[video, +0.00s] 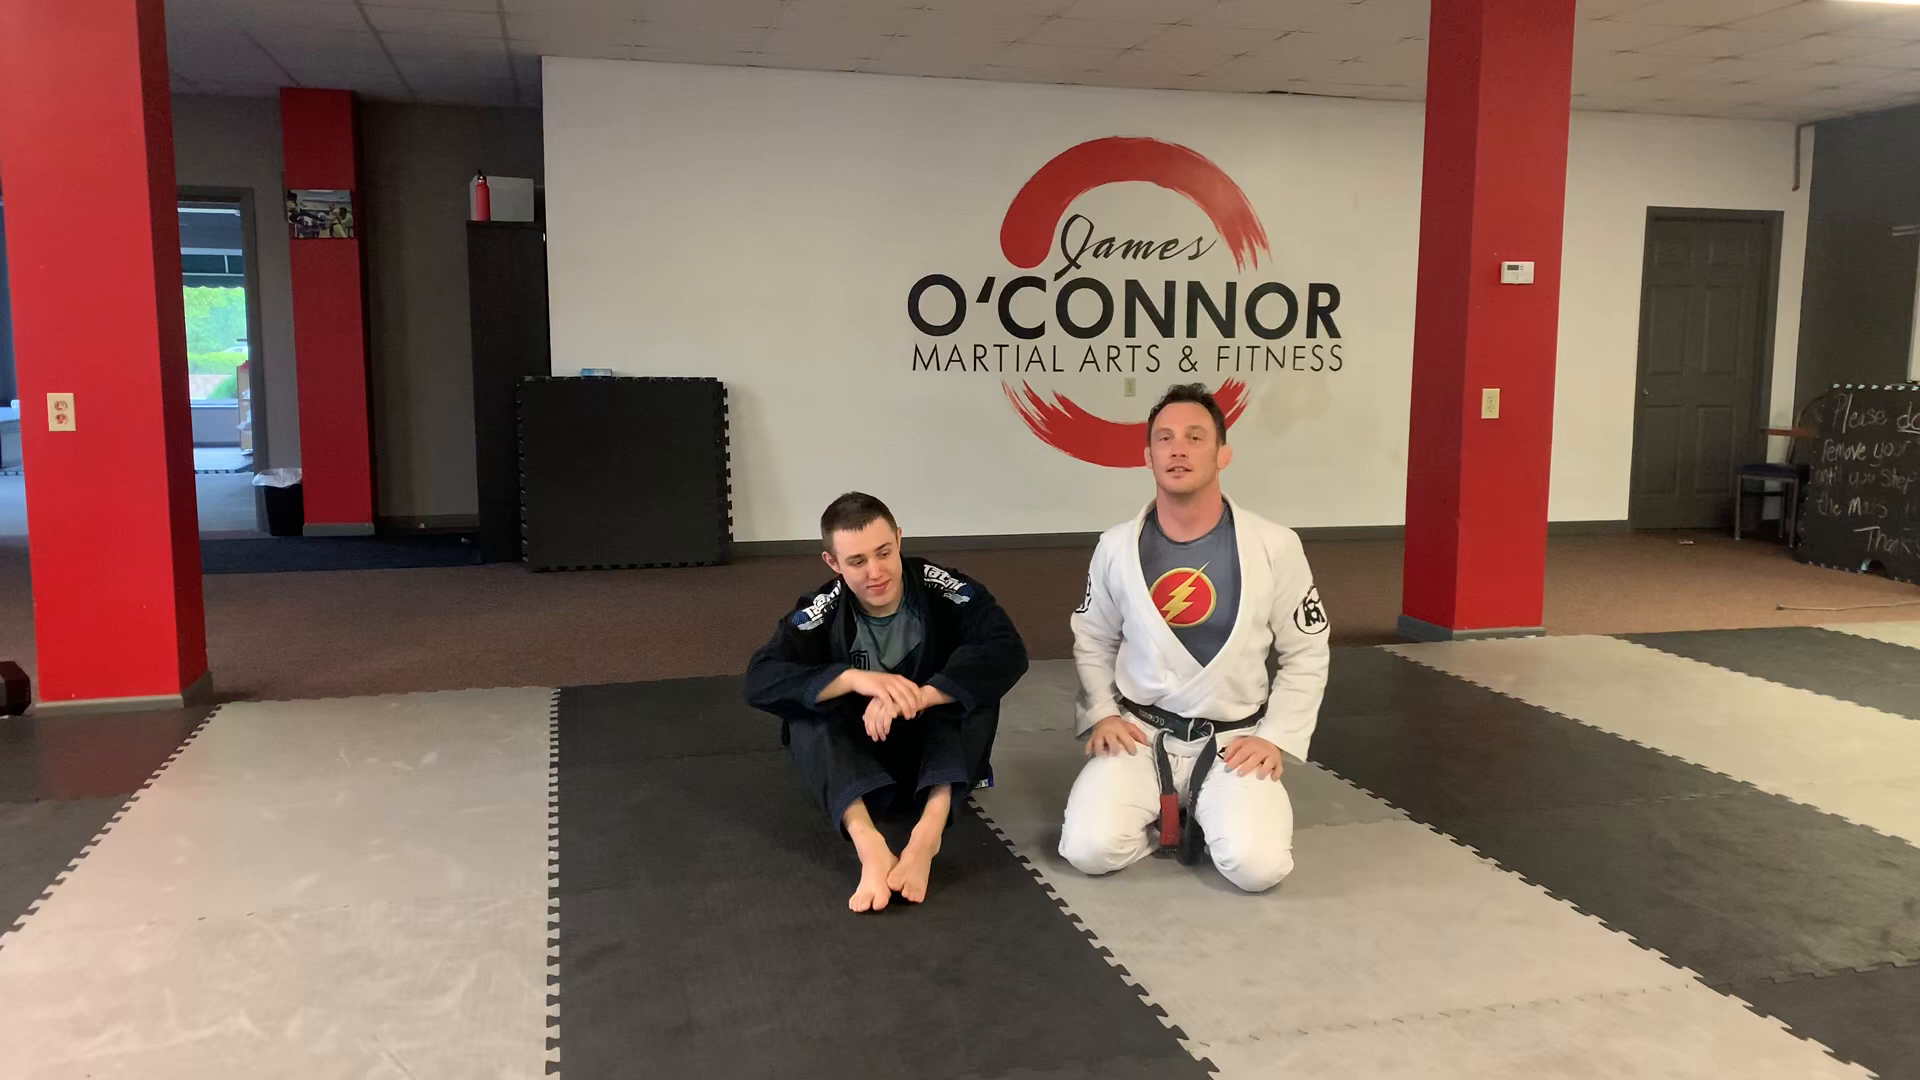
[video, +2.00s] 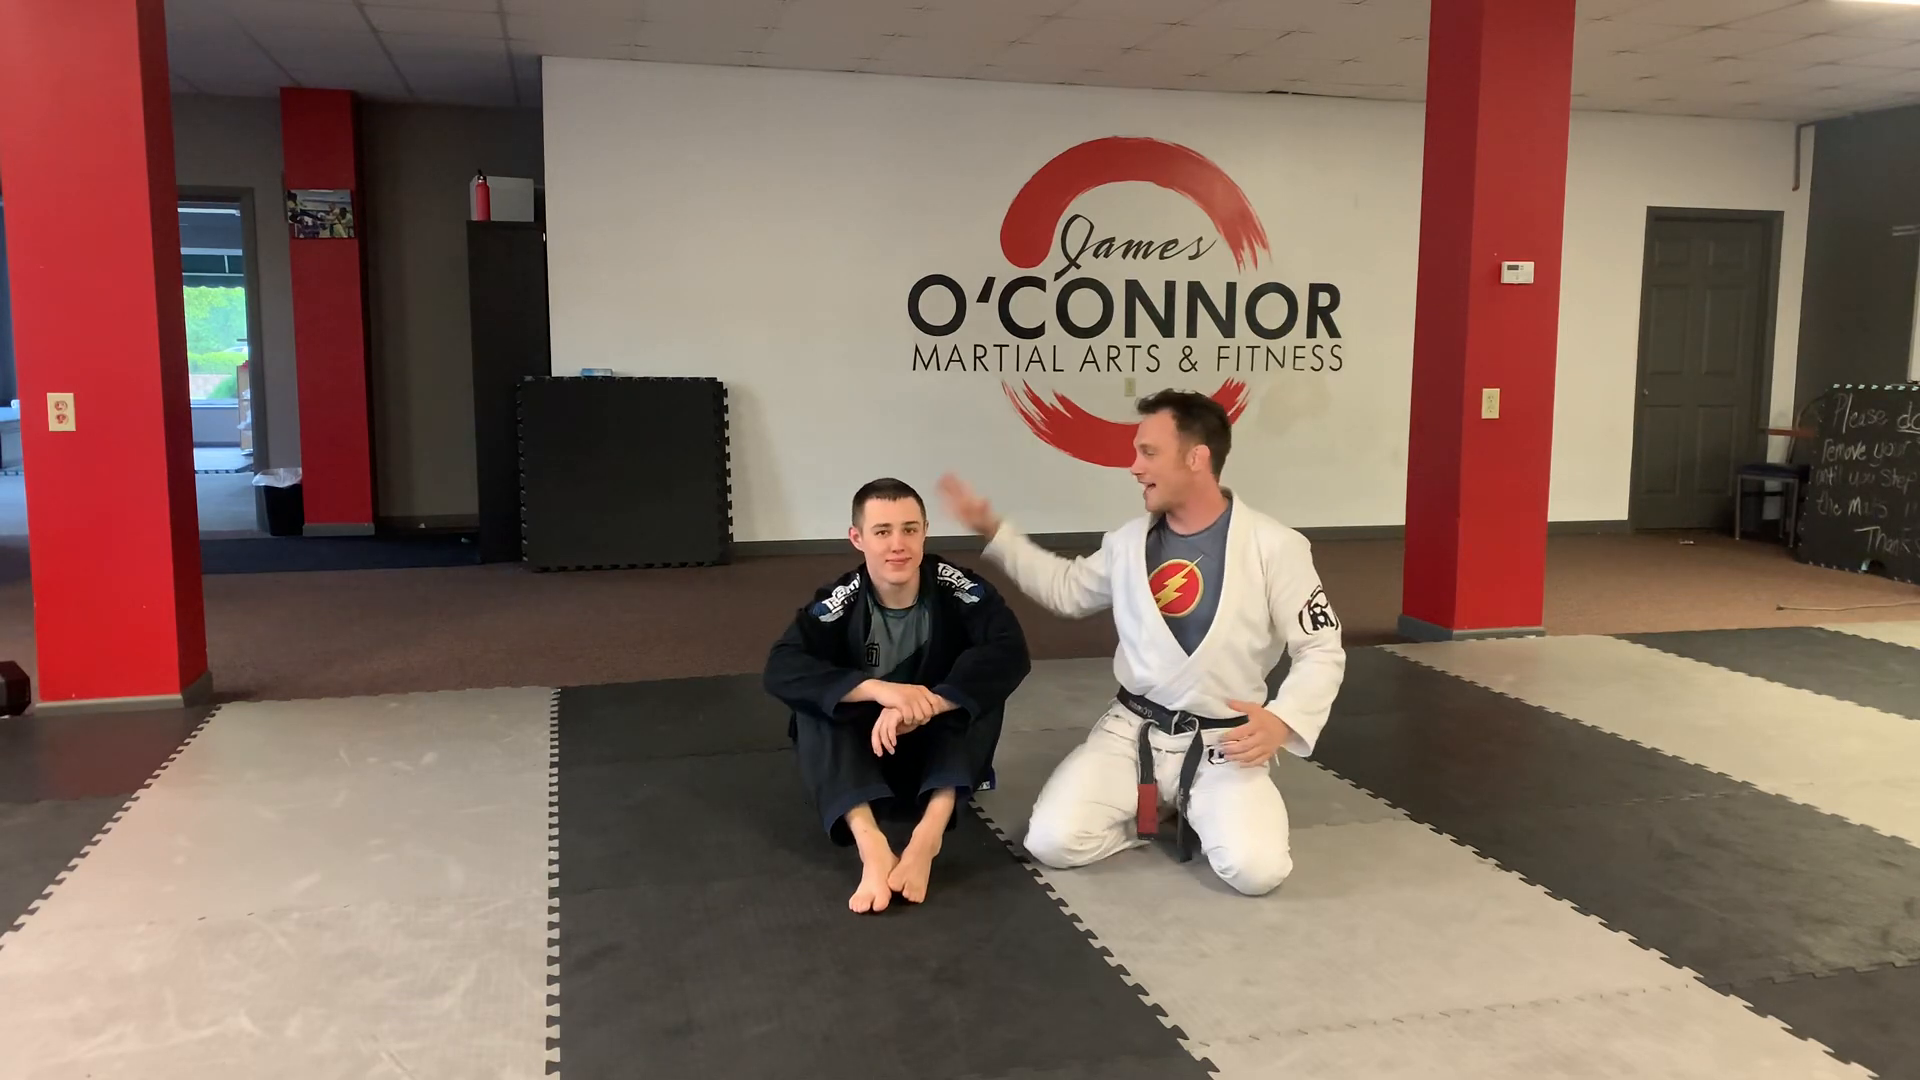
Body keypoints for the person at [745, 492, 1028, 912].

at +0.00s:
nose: (876, 572)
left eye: (884, 553)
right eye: (857, 561)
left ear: (898, 539)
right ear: (833, 563)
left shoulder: (941, 587)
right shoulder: (821, 611)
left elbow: (1005, 651)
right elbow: (761, 680)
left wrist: (916, 696)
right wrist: (853, 678)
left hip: (935, 752)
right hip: (855, 757)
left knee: (973, 687)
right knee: (807, 714)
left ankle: (929, 832)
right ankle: (869, 844)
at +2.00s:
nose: (898, 544)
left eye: (909, 530)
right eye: (882, 532)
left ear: (924, 533)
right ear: (857, 539)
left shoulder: (960, 589)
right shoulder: (839, 601)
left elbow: (1009, 653)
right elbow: (783, 669)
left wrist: (923, 704)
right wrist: (879, 690)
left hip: (939, 750)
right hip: (859, 752)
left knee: (981, 689)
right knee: (813, 702)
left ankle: (928, 836)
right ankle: (871, 845)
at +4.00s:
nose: (907, 558)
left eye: (916, 542)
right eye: (890, 546)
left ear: (926, 537)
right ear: (859, 548)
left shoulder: (958, 594)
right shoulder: (838, 603)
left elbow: (1020, 657)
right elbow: (781, 670)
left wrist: (928, 707)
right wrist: (881, 692)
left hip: (937, 754)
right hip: (859, 756)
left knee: (988, 699)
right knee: (811, 709)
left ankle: (930, 835)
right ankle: (871, 846)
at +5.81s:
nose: (914, 550)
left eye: (925, 535)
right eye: (900, 536)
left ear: (936, 532)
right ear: (870, 536)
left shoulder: (972, 596)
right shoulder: (843, 597)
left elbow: (1011, 671)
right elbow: (776, 658)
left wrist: (965, 717)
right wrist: (845, 692)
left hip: (937, 765)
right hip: (860, 760)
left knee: (969, 660)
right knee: (808, 698)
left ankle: (928, 836)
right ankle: (857, 848)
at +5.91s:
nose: (920, 548)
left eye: (932, 534)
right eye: (906, 534)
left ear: (943, 533)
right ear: (877, 533)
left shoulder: (979, 601)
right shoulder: (848, 592)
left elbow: (1020, 685)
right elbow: (766, 649)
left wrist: (1002, 733)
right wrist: (794, 685)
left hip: (936, 764)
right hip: (858, 760)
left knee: (967, 661)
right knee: (793, 677)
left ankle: (928, 832)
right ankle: (821, 841)